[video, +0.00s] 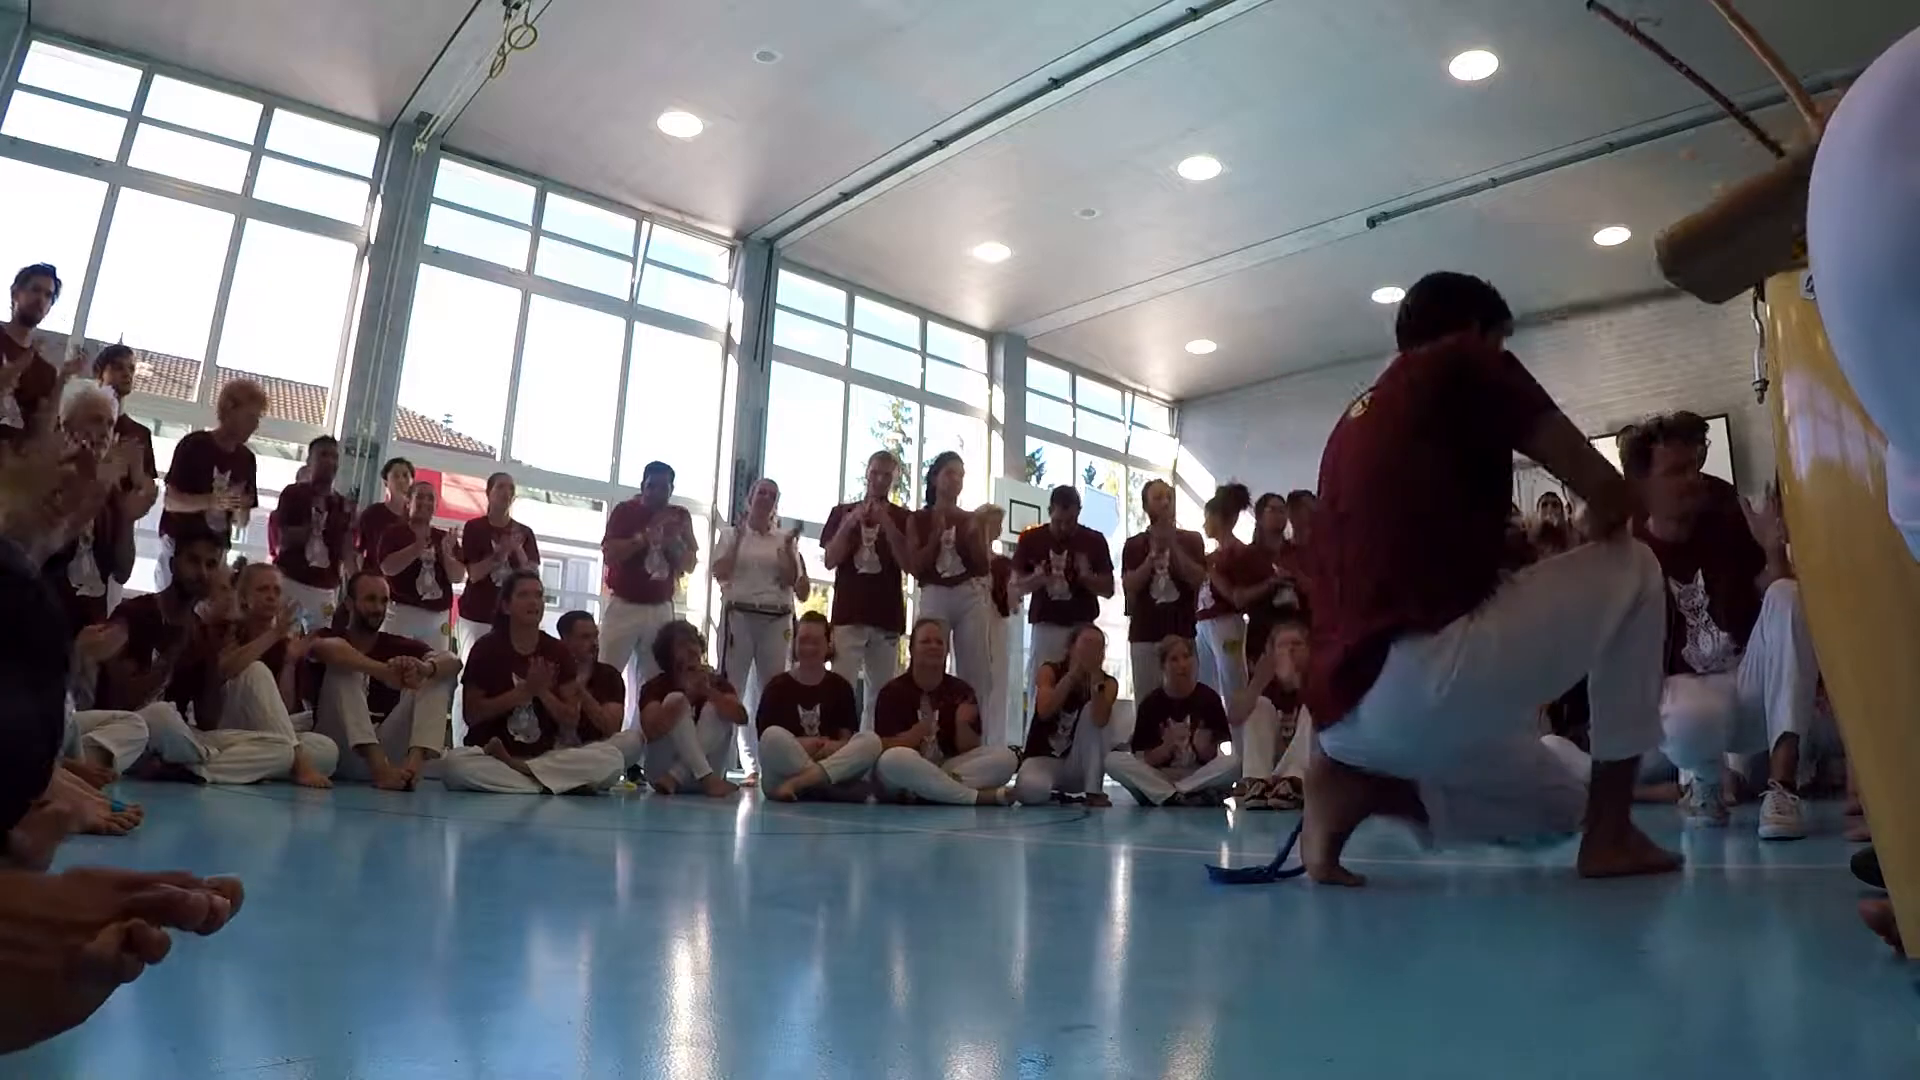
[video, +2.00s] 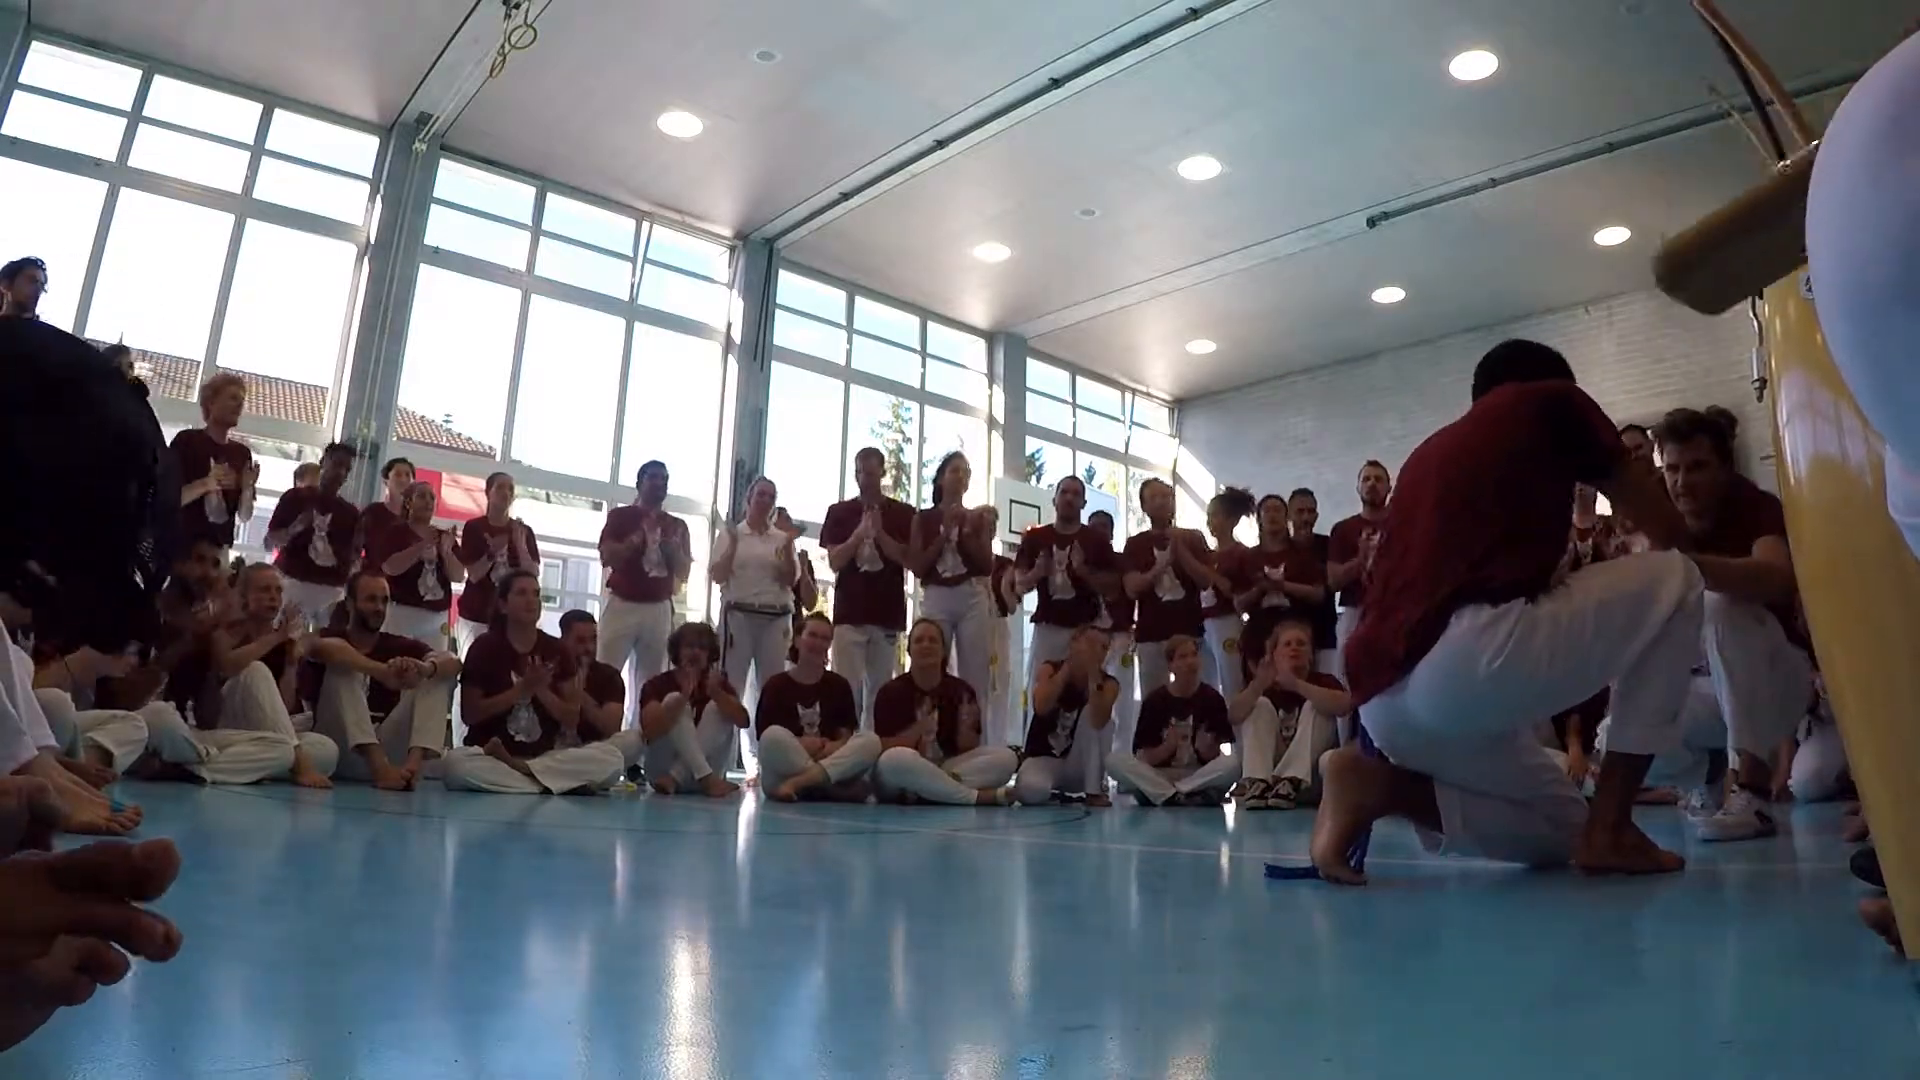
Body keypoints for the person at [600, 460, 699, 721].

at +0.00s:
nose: (657, 492)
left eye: (663, 487)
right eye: (652, 486)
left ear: (671, 488)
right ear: (643, 485)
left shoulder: (679, 516)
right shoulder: (624, 512)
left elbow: (689, 563)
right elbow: (610, 554)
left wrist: (672, 544)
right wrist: (646, 537)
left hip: (660, 609)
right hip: (622, 608)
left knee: (656, 685)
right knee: (605, 680)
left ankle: (651, 750)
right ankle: (597, 745)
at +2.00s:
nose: (658, 484)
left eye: (663, 479)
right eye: (652, 478)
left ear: (667, 486)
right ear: (639, 483)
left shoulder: (677, 525)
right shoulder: (619, 516)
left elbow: (683, 573)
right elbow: (607, 557)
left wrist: (673, 550)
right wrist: (631, 543)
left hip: (658, 610)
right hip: (621, 607)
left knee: (651, 687)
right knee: (605, 681)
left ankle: (645, 750)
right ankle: (598, 746)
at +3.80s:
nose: (660, 484)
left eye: (664, 480)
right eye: (653, 479)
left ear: (668, 486)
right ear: (640, 484)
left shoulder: (677, 525)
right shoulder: (620, 517)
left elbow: (685, 572)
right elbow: (611, 557)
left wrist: (672, 541)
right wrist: (641, 542)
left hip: (660, 609)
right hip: (623, 606)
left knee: (653, 686)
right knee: (606, 682)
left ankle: (646, 750)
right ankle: (600, 747)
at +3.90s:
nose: (660, 484)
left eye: (664, 480)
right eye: (654, 479)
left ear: (669, 486)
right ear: (640, 484)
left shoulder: (677, 525)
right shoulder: (621, 516)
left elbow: (685, 572)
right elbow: (611, 557)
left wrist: (673, 542)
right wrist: (641, 539)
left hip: (660, 609)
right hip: (623, 607)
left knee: (654, 686)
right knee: (607, 681)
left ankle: (646, 749)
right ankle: (600, 746)